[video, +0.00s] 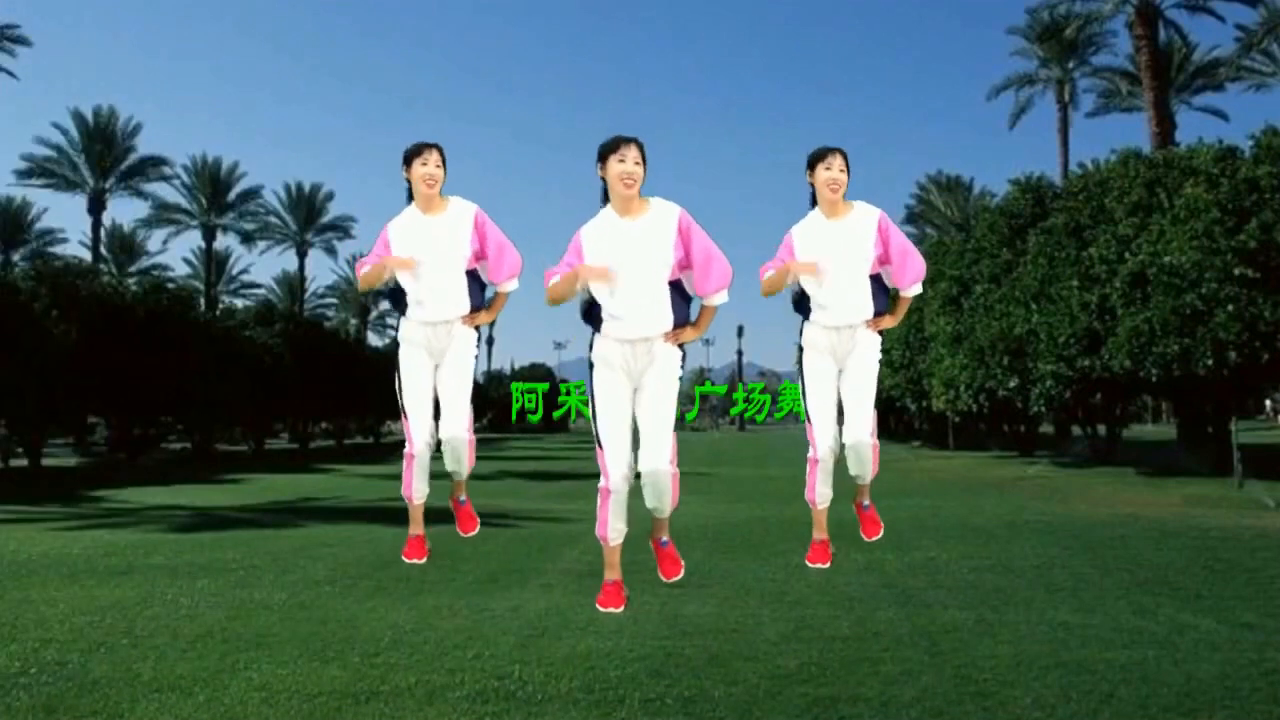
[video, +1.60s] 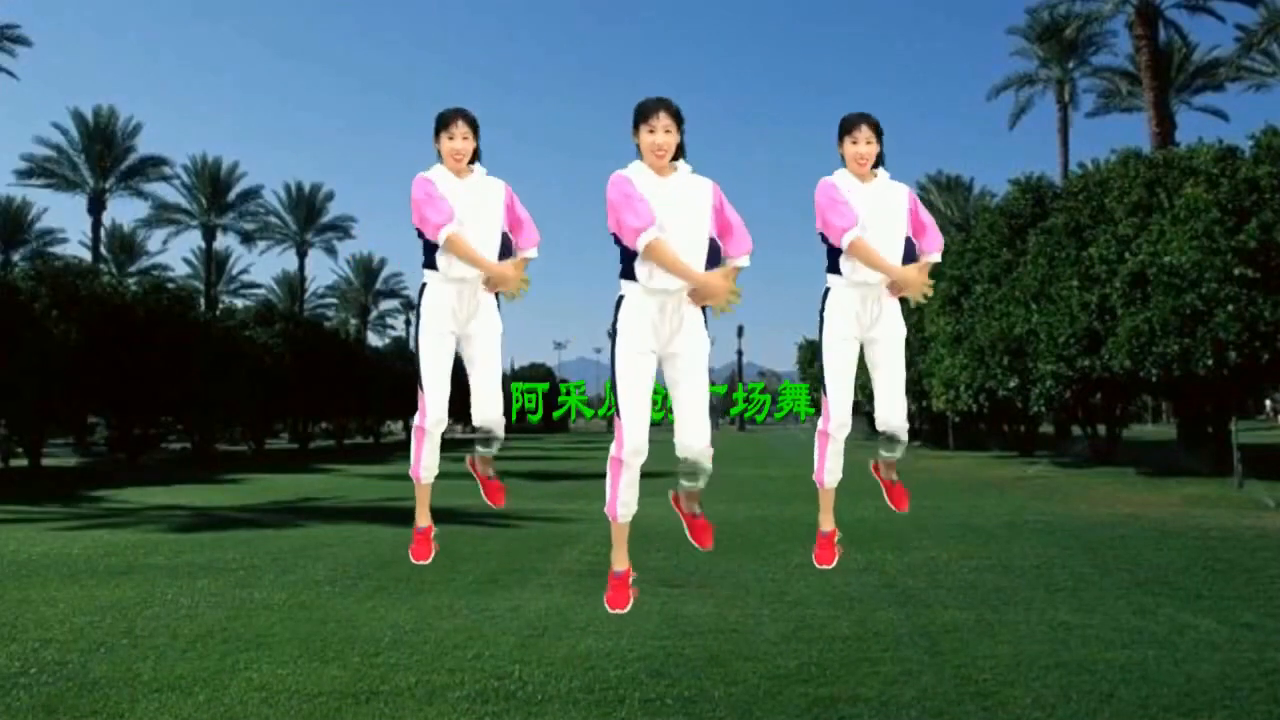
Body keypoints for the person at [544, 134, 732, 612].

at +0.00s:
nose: (630, 168)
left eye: (636, 162)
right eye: (620, 161)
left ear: (645, 172)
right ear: (603, 172)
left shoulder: (671, 218)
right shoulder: (591, 233)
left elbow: (716, 272)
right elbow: (553, 294)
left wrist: (698, 327)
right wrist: (578, 276)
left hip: (661, 349)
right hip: (611, 350)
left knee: (657, 463)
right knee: (616, 465)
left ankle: (661, 536)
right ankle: (611, 574)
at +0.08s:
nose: (632, 160)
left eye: (638, 152)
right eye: (622, 152)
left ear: (647, 161)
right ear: (604, 160)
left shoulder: (671, 205)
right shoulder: (591, 216)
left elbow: (720, 256)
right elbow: (555, 268)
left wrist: (703, 310)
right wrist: (586, 213)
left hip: (667, 338)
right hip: (617, 342)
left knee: (673, 458)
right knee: (619, 461)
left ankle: (682, 532)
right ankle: (611, 575)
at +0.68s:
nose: (644, 141)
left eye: (650, 133)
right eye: (635, 134)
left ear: (660, 138)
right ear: (617, 143)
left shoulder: (690, 177)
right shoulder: (613, 188)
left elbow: (739, 223)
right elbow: (605, 222)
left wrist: (723, 281)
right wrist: (612, 162)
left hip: (688, 306)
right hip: (639, 308)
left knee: (694, 447)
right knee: (632, 442)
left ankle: (688, 493)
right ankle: (622, 561)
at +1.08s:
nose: (653, 151)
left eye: (657, 141)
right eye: (643, 142)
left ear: (667, 148)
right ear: (626, 152)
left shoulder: (697, 196)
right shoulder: (617, 200)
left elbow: (737, 249)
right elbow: (656, 217)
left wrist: (722, 298)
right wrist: (650, 150)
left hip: (690, 320)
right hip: (640, 320)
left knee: (701, 457)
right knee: (634, 456)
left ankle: (698, 528)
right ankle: (626, 571)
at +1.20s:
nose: (658, 156)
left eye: (666, 149)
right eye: (649, 148)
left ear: (677, 157)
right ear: (632, 155)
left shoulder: (701, 199)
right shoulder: (622, 203)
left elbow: (743, 249)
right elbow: (676, 212)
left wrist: (731, 296)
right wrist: (710, 158)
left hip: (704, 320)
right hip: (655, 324)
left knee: (715, 451)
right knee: (652, 459)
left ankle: (726, 560)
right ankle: (630, 573)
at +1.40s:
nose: (665, 173)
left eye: (672, 166)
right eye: (655, 166)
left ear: (681, 174)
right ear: (639, 174)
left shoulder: (704, 221)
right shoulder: (630, 224)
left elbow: (752, 272)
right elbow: (683, 244)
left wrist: (730, 324)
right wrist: (745, 219)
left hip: (709, 353)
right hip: (658, 355)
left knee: (715, 471)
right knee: (660, 477)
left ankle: (725, 566)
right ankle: (629, 577)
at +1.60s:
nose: (660, 138)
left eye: (668, 130)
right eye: (651, 130)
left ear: (680, 137)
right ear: (636, 137)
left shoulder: (705, 189)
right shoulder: (624, 183)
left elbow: (739, 248)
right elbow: (645, 242)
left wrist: (717, 285)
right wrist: (701, 279)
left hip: (688, 314)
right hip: (638, 312)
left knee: (696, 449)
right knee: (631, 444)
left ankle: (688, 501)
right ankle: (620, 562)